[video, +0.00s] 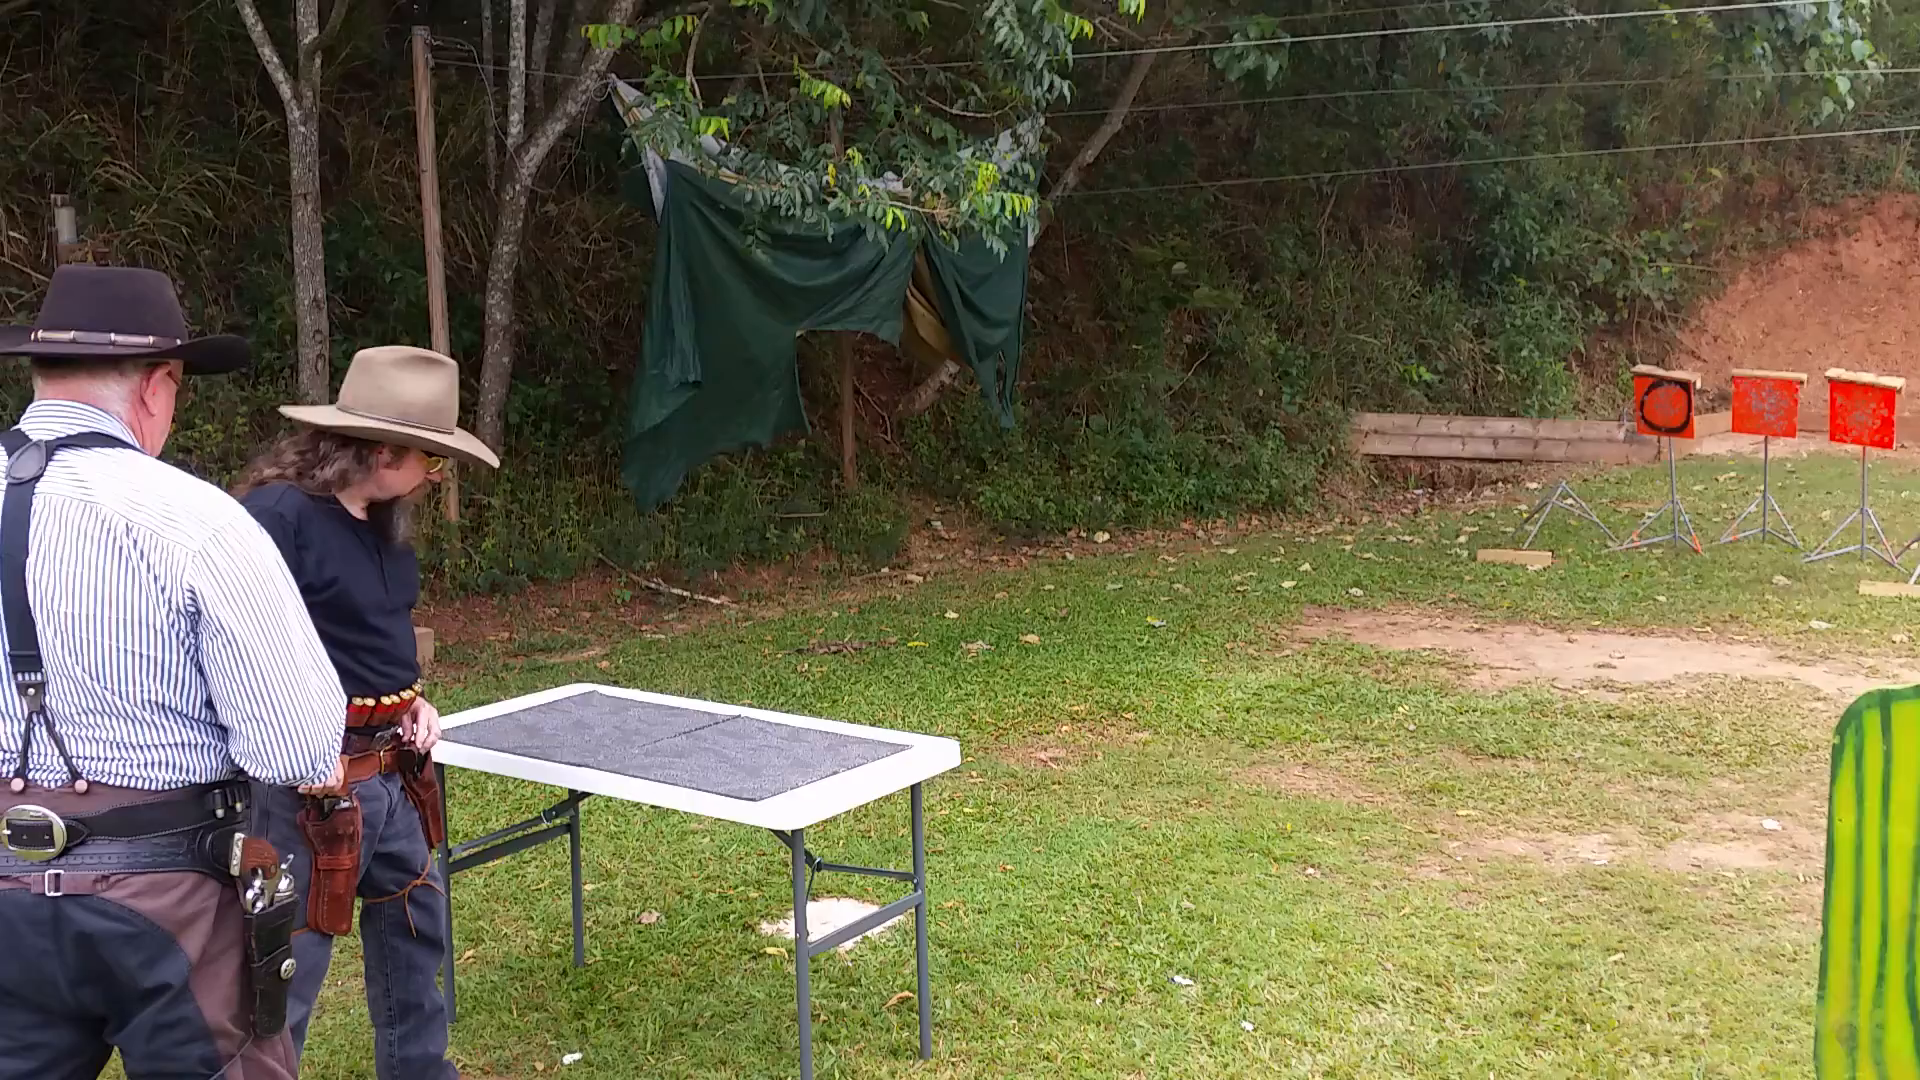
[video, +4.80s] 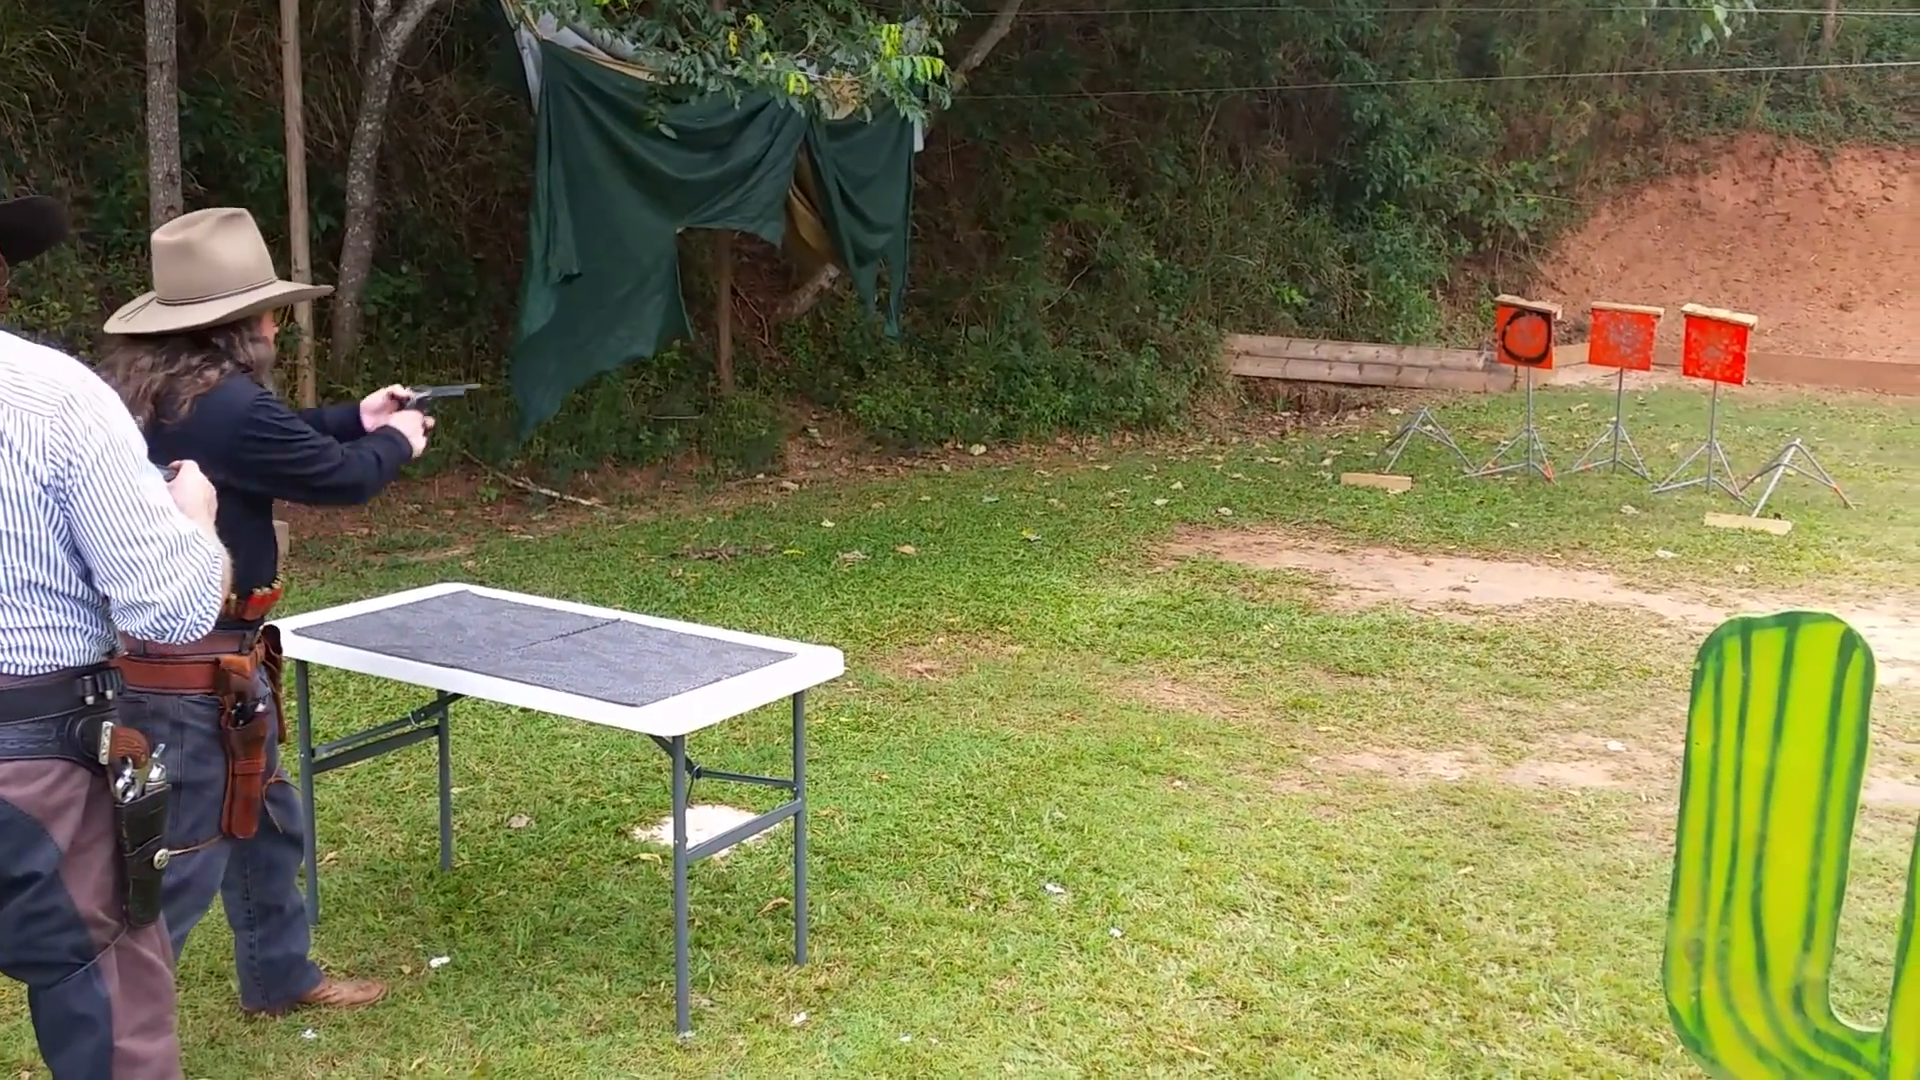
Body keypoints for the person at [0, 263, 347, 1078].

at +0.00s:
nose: (174, 410)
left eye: (179, 390)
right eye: (177, 389)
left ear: (43, 380)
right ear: (153, 389)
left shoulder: (4, 486)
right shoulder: (192, 515)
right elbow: (297, 744)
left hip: (10, 871)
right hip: (165, 878)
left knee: (29, 1063)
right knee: (222, 1063)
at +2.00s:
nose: (136, 338)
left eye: (140, 315)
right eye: (139, 316)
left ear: (5, 302)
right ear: (113, 316)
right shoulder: (146, 439)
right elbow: (268, 677)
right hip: (115, 802)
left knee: (7, 1046)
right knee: (192, 1053)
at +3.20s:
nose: (96, 299)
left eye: (97, 276)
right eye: (97, 276)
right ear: (80, 284)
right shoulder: (128, 417)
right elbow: (301, 559)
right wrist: (285, 482)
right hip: (90, 771)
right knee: (158, 1040)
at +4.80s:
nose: (20, 271)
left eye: (16, 262)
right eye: (18, 261)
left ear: (8, 266)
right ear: (12, 265)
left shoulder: (49, 390)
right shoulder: (46, 391)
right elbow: (172, 607)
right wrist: (197, 521)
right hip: (33, 754)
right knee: (113, 1028)